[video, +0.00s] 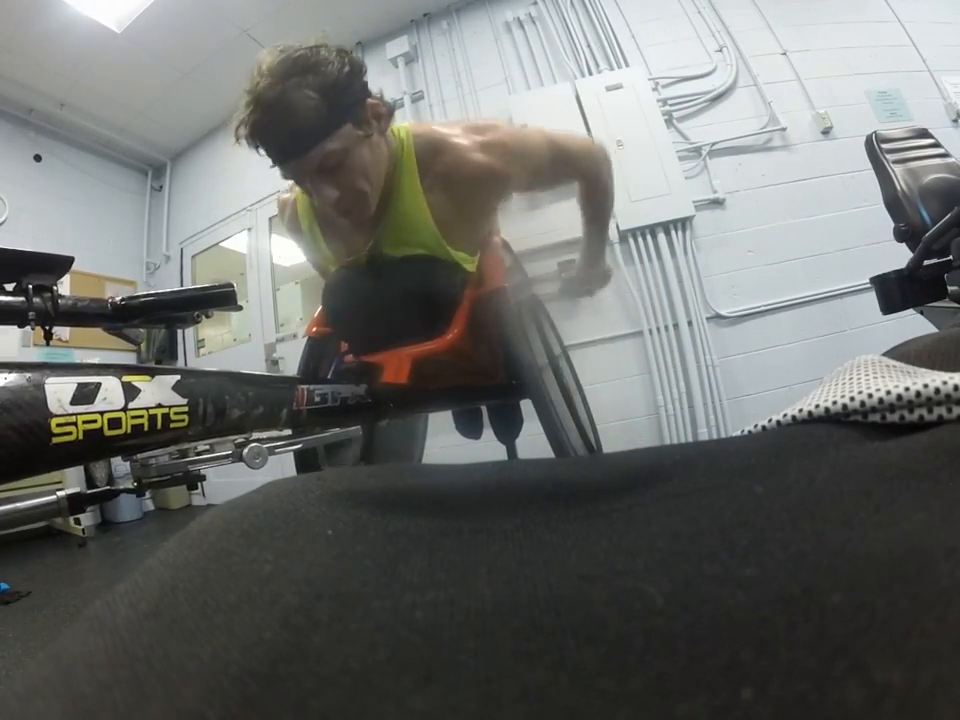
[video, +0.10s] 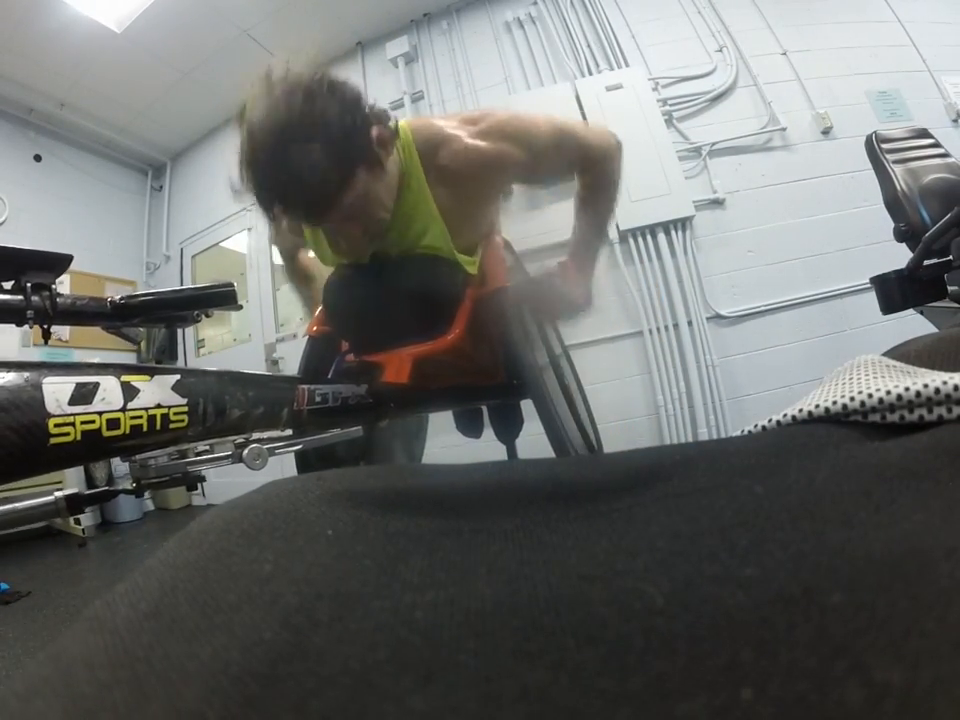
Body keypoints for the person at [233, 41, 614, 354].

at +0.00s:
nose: (326, 197)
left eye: (333, 165)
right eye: (301, 181)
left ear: (376, 120)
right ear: (285, 174)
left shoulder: (465, 162)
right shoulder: (296, 214)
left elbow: (591, 161)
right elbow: (338, 277)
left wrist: (594, 261)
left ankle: (494, 394)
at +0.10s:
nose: (346, 241)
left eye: (354, 213)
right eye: (324, 226)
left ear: (381, 146)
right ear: (283, 209)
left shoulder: (460, 153)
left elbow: (600, 150)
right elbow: (293, 256)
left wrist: (576, 274)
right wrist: (328, 316)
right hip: (373, 315)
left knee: (425, 285)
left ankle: (488, 388)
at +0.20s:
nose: (365, 271)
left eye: (367, 245)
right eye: (343, 267)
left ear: (382, 179)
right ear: (305, 255)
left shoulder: (468, 173)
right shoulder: (307, 244)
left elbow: (593, 254)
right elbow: (310, 335)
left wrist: (594, 397)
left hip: (476, 305)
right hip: (386, 334)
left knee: (409, 280)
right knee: (348, 305)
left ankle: (492, 383)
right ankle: (460, 386)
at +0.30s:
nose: (358, 274)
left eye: (357, 246)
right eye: (332, 268)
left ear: (372, 179)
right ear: (296, 262)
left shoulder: (461, 182)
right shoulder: (301, 248)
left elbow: (570, 281)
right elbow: (335, 323)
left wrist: (605, 375)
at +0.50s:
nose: (342, 220)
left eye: (347, 190)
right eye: (316, 208)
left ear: (374, 131)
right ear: (291, 201)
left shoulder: (461, 161)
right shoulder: (297, 220)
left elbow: (586, 154)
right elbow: (330, 281)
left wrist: (597, 254)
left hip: (467, 287)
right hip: (375, 302)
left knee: (352, 300)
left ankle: (486, 381)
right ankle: (462, 389)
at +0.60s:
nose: (369, 252)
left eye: (371, 228)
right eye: (345, 249)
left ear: (387, 161)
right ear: (302, 240)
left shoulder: (464, 156)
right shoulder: (296, 209)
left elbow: (597, 150)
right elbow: (290, 260)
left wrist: (575, 272)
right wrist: (324, 321)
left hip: (465, 275)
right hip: (365, 297)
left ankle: (485, 391)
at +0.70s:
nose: (371, 277)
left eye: (374, 251)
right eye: (347, 279)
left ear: (385, 186)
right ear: (292, 257)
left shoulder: (469, 175)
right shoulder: (304, 240)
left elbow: (586, 264)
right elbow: (319, 336)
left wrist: (594, 402)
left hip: (483, 298)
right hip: (388, 335)